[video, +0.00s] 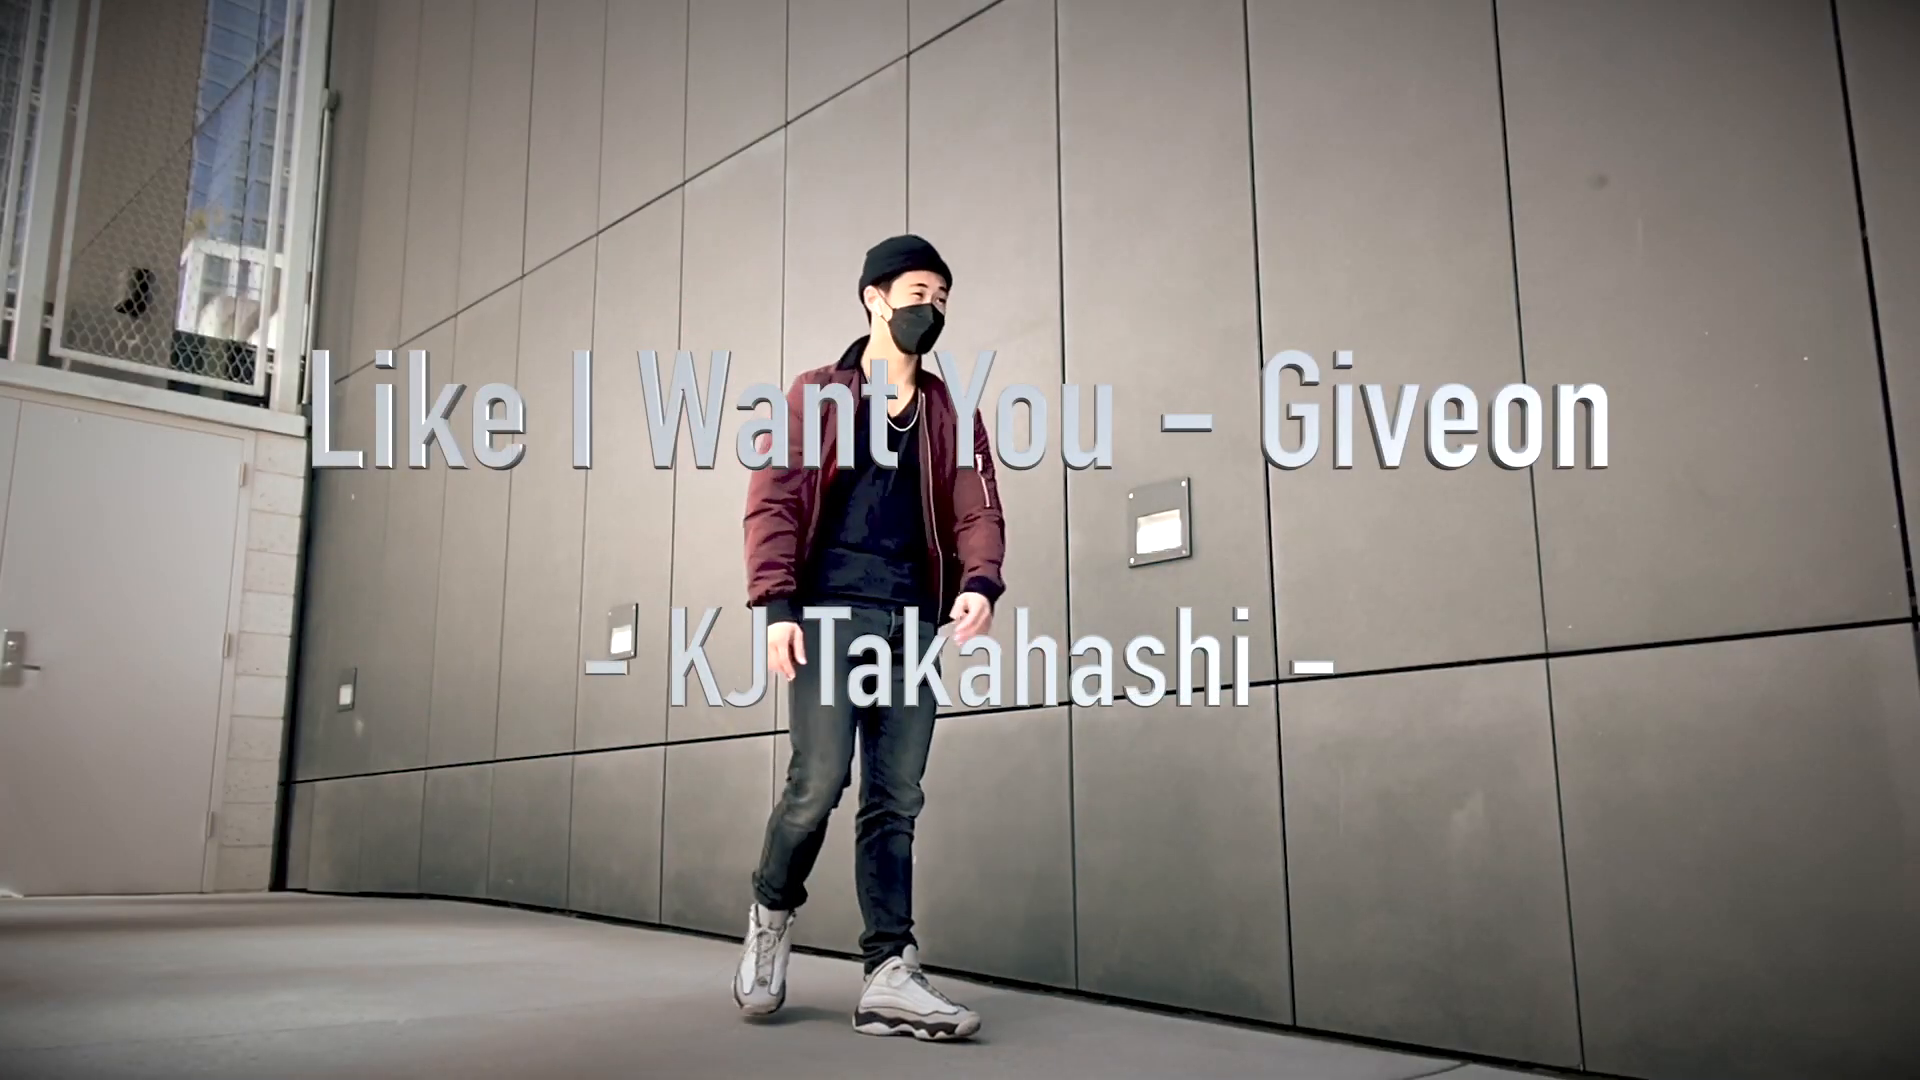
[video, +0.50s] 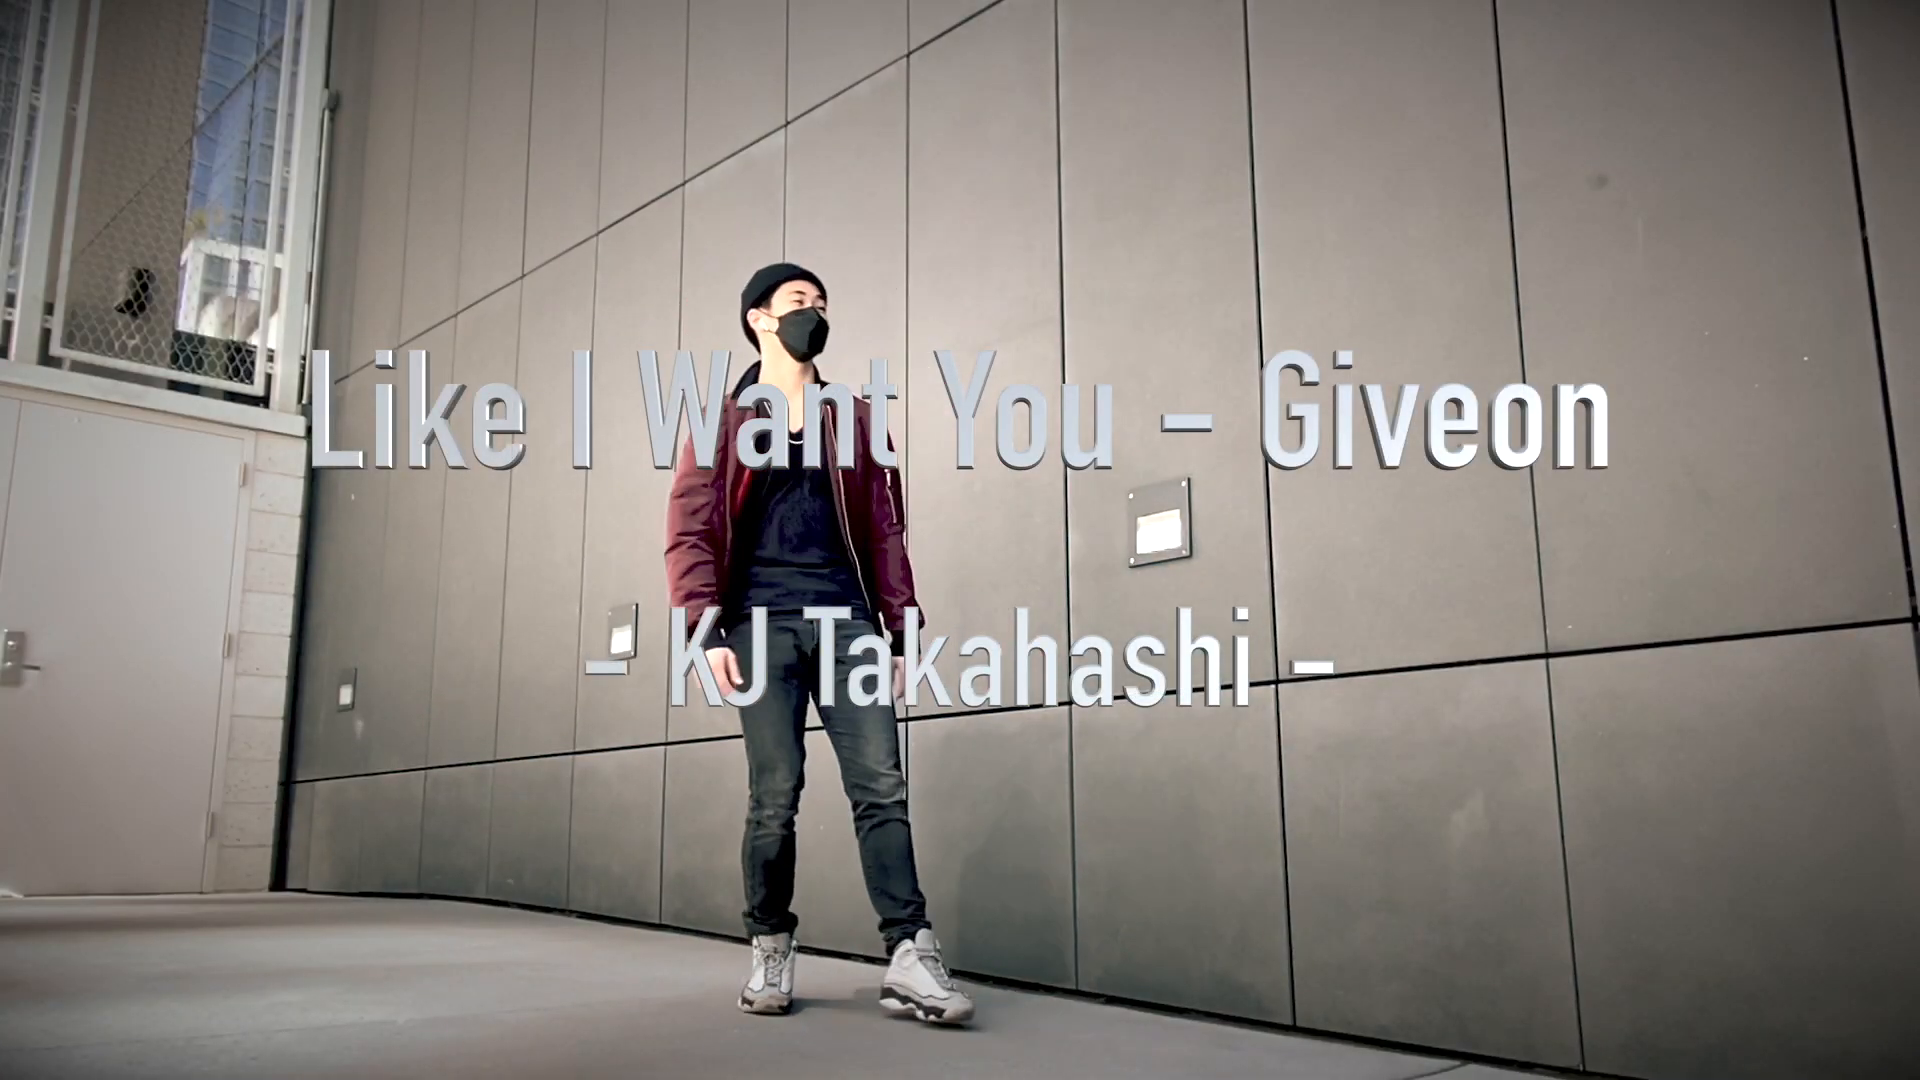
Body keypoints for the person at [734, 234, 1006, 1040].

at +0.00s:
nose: (932, 300)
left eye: (940, 292)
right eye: (916, 287)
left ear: (943, 310)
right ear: (873, 299)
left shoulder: (949, 411)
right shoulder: (813, 395)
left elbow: (978, 509)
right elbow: (774, 503)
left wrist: (979, 583)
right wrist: (779, 607)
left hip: (915, 618)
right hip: (827, 612)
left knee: (896, 797)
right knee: (819, 783)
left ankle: (888, 973)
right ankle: (772, 922)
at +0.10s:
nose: (914, 301)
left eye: (922, 293)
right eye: (898, 289)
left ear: (924, 314)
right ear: (854, 304)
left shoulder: (935, 415)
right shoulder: (798, 398)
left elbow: (959, 518)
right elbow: (761, 506)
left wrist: (946, 590)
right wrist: (772, 610)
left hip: (901, 618)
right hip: (820, 615)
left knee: (893, 798)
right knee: (812, 790)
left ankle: (887, 972)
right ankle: (768, 925)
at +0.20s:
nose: (888, 307)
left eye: (895, 298)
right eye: (872, 295)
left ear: (900, 318)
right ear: (830, 308)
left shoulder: (918, 424)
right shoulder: (779, 406)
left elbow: (931, 529)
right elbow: (748, 515)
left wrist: (922, 613)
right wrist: (766, 614)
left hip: (889, 628)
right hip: (805, 625)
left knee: (888, 800)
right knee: (798, 796)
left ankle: (889, 972)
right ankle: (769, 935)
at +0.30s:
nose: (862, 307)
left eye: (868, 299)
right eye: (846, 296)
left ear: (874, 320)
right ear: (805, 315)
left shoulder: (896, 424)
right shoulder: (758, 412)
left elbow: (911, 528)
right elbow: (732, 522)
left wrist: (916, 613)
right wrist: (755, 617)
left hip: (873, 624)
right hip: (788, 625)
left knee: (887, 795)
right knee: (791, 796)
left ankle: (892, 966)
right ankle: (770, 942)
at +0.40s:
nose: (832, 310)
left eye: (840, 302)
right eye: (816, 300)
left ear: (849, 325)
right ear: (778, 322)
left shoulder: (875, 421)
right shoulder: (739, 417)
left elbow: (897, 532)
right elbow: (707, 528)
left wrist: (913, 632)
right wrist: (732, 626)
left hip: (863, 627)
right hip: (773, 630)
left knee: (889, 792)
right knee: (783, 798)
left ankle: (905, 961)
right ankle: (772, 950)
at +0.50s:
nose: (812, 309)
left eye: (819, 301)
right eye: (795, 300)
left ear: (826, 323)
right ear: (756, 322)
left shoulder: (858, 415)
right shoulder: (722, 416)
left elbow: (885, 527)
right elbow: (691, 526)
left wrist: (902, 631)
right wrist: (707, 632)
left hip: (851, 621)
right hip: (762, 623)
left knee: (882, 789)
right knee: (775, 795)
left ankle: (909, 954)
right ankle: (771, 951)